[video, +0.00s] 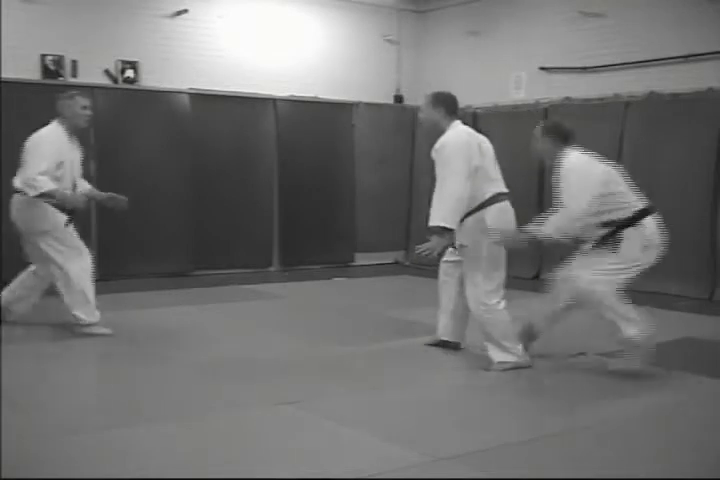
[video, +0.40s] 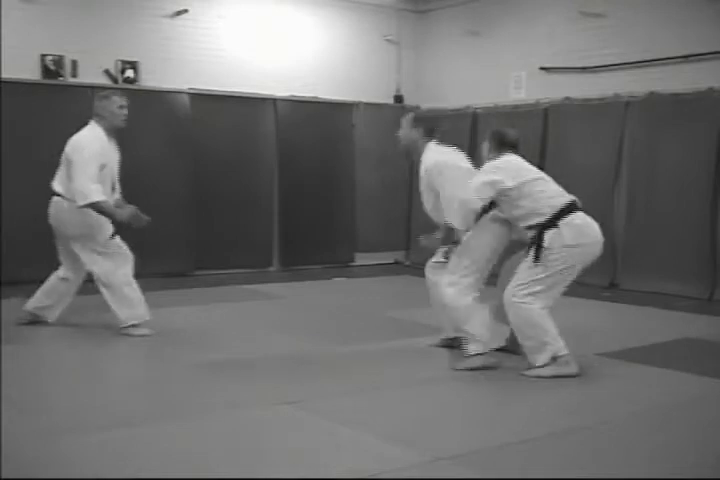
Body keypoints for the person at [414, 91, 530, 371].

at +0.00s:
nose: (420, 117)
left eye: (424, 111)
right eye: (421, 111)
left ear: (441, 112)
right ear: (445, 113)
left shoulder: (455, 141)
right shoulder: (467, 137)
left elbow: (453, 189)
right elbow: (461, 188)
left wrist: (441, 234)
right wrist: (448, 232)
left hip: (484, 217)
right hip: (480, 216)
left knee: (482, 289)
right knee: (451, 267)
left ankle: (510, 355)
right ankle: (449, 335)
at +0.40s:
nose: (398, 134)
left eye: (403, 128)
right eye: (400, 128)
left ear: (419, 132)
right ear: (421, 133)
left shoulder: (437, 161)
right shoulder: (432, 158)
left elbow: (461, 204)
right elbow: (447, 203)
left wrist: (446, 241)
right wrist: (444, 237)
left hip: (492, 223)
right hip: (480, 223)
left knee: (455, 282)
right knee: (436, 269)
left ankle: (489, 339)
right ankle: (457, 332)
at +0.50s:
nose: (387, 153)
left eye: (391, 147)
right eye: (389, 147)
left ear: (407, 147)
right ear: (415, 148)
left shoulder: (426, 173)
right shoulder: (443, 163)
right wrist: (448, 253)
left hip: (488, 230)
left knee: (443, 288)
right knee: (433, 276)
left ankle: (473, 353)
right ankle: (454, 335)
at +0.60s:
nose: (389, 160)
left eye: (383, 153)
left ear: (392, 142)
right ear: (417, 143)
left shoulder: (426, 170)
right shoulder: (448, 161)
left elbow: (436, 192)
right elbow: (482, 188)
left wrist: (397, 171)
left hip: (472, 240)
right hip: (487, 233)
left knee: (436, 301)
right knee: (433, 275)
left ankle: (473, 354)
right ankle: (449, 333)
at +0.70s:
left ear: (413, 126)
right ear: (435, 125)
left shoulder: (412, 148)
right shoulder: (449, 146)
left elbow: (375, 130)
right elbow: (433, 124)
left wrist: (367, 103)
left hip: (464, 227)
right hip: (487, 222)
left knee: (433, 295)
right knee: (446, 287)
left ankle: (472, 348)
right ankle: (457, 334)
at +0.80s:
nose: (405, 124)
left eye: (406, 121)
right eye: (406, 120)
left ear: (413, 126)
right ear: (429, 124)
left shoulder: (410, 143)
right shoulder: (444, 145)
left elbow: (375, 124)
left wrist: (368, 106)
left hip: (472, 219)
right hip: (498, 214)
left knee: (439, 288)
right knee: (503, 275)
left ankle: (466, 351)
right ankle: (516, 332)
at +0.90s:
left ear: (402, 153)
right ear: (419, 146)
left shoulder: (407, 163)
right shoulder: (443, 157)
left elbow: (371, 166)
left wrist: (374, 151)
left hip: (481, 218)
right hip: (509, 213)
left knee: (446, 287)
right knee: (486, 276)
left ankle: (461, 354)